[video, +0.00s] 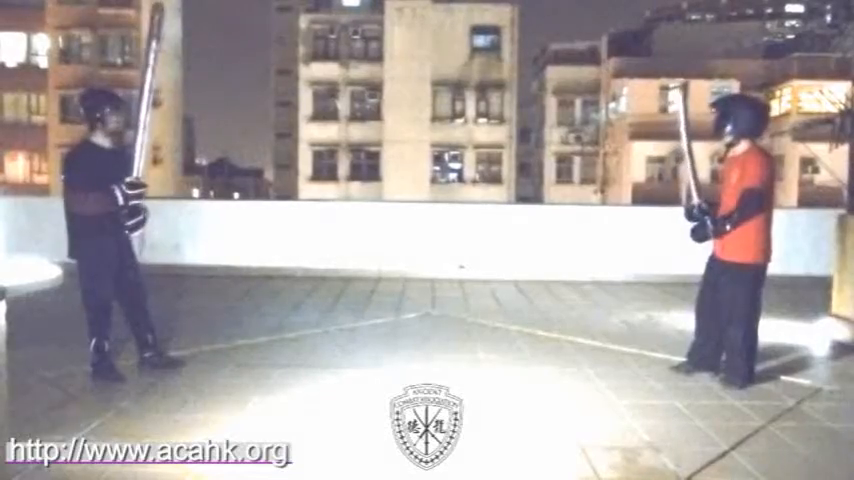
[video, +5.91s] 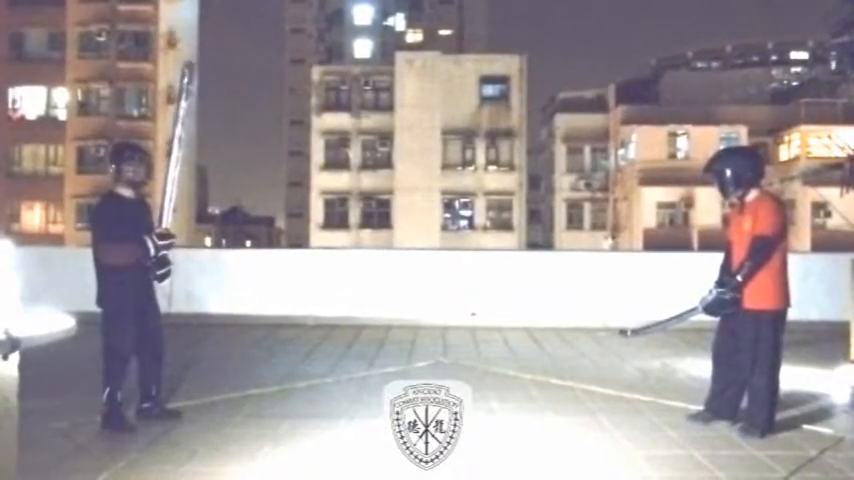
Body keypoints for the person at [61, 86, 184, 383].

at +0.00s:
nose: (121, 118)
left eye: (121, 111)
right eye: (114, 112)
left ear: (115, 115)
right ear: (99, 117)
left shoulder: (120, 155)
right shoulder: (79, 157)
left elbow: (125, 192)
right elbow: (78, 203)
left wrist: (137, 212)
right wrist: (117, 196)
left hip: (118, 235)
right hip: (90, 239)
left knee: (132, 291)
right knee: (98, 297)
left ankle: (149, 350)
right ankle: (99, 357)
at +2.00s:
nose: (135, 120)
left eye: (135, 114)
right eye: (128, 114)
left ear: (128, 117)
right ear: (112, 117)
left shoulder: (127, 153)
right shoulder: (99, 156)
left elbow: (128, 190)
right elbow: (98, 201)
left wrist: (147, 193)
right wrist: (139, 200)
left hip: (130, 234)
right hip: (105, 238)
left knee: (140, 291)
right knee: (106, 295)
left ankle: (139, 349)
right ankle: (100, 354)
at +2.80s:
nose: (136, 159)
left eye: (137, 153)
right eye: (130, 153)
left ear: (131, 156)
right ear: (114, 154)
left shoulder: (126, 193)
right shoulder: (96, 194)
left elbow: (127, 232)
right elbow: (94, 237)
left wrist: (146, 233)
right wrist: (132, 241)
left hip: (130, 272)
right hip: (106, 275)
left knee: (142, 329)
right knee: (107, 335)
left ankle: (140, 390)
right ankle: (100, 396)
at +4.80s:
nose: (152, 174)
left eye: (152, 168)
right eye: (147, 167)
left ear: (138, 172)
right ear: (130, 171)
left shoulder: (143, 210)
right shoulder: (112, 211)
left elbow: (143, 249)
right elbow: (113, 258)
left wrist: (161, 258)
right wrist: (154, 253)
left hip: (144, 290)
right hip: (119, 292)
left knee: (156, 344)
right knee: (122, 349)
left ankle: (153, 404)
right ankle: (114, 410)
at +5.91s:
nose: (137, 170)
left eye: (142, 165)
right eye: (130, 163)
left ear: (146, 171)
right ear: (117, 168)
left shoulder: (141, 206)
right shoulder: (106, 208)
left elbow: (142, 244)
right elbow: (106, 254)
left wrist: (159, 244)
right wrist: (145, 250)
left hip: (142, 286)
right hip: (115, 288)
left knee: (152, 342)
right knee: (119, 345)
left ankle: (150, 401)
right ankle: (111, 407)